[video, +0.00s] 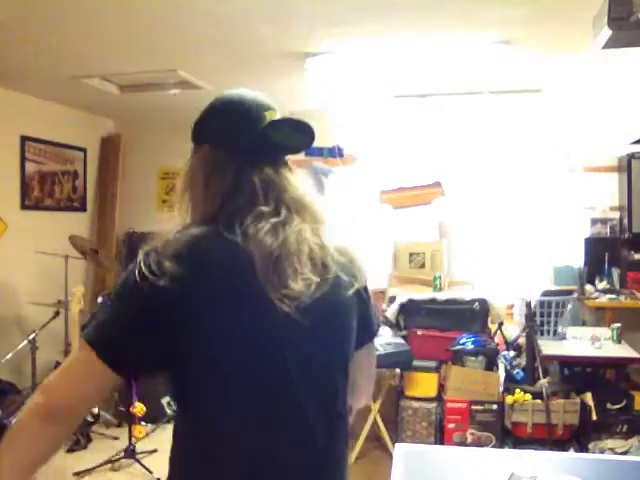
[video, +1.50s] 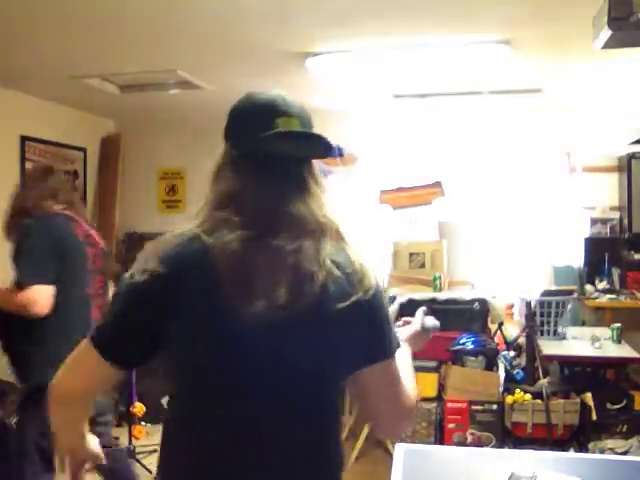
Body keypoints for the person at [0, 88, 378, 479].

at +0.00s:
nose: (188, 177)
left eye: (193, 164)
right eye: (190, 164)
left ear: (207, 169)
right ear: (286, 169)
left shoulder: (180, 266)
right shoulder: (342, 269)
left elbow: (57, 406)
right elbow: (360, 395)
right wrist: (320, 451)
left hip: (209, 467)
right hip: (318, 469)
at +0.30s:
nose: (173, 191)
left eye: (180, 180)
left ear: (192, 185)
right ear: (264, 185)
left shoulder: (164, 272)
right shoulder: (315, 272)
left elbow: (64, 404)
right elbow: (352, 396)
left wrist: (21, 472)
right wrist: (290, 369)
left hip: (193, 469)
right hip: (296, 471)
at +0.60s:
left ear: (181, 186)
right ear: (250, 186)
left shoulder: (148, 275)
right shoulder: (293, 265)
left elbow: (77, 407)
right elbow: (338, 387)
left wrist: (70, 470)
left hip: (184, 467)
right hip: (281, 467)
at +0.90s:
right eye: (273, 174)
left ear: (205, 180)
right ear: (274, 182)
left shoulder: (166, 266)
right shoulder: (309, 264)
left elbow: (92, 382)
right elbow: (353, 388)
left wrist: (88, 445)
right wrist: (350, 321)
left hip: (195, 467)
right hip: (290, 467)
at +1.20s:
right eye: (315, 177)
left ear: (239, 179)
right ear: (315, 182)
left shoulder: (193, 266)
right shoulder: (346, 274)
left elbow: (103, 388)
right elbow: (390, 410)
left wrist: (96, 464)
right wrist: (402, 342)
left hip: (205, 470)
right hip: (310, 472)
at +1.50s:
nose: (318, 177)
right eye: (313, 167)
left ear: (228, 169)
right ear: (309, 175)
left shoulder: (178, 264)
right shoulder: (345, 276)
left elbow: (67, 392)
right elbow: (393, 420)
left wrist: (76, 450)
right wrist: (396, 347)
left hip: (195, 469)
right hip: (307, 470)